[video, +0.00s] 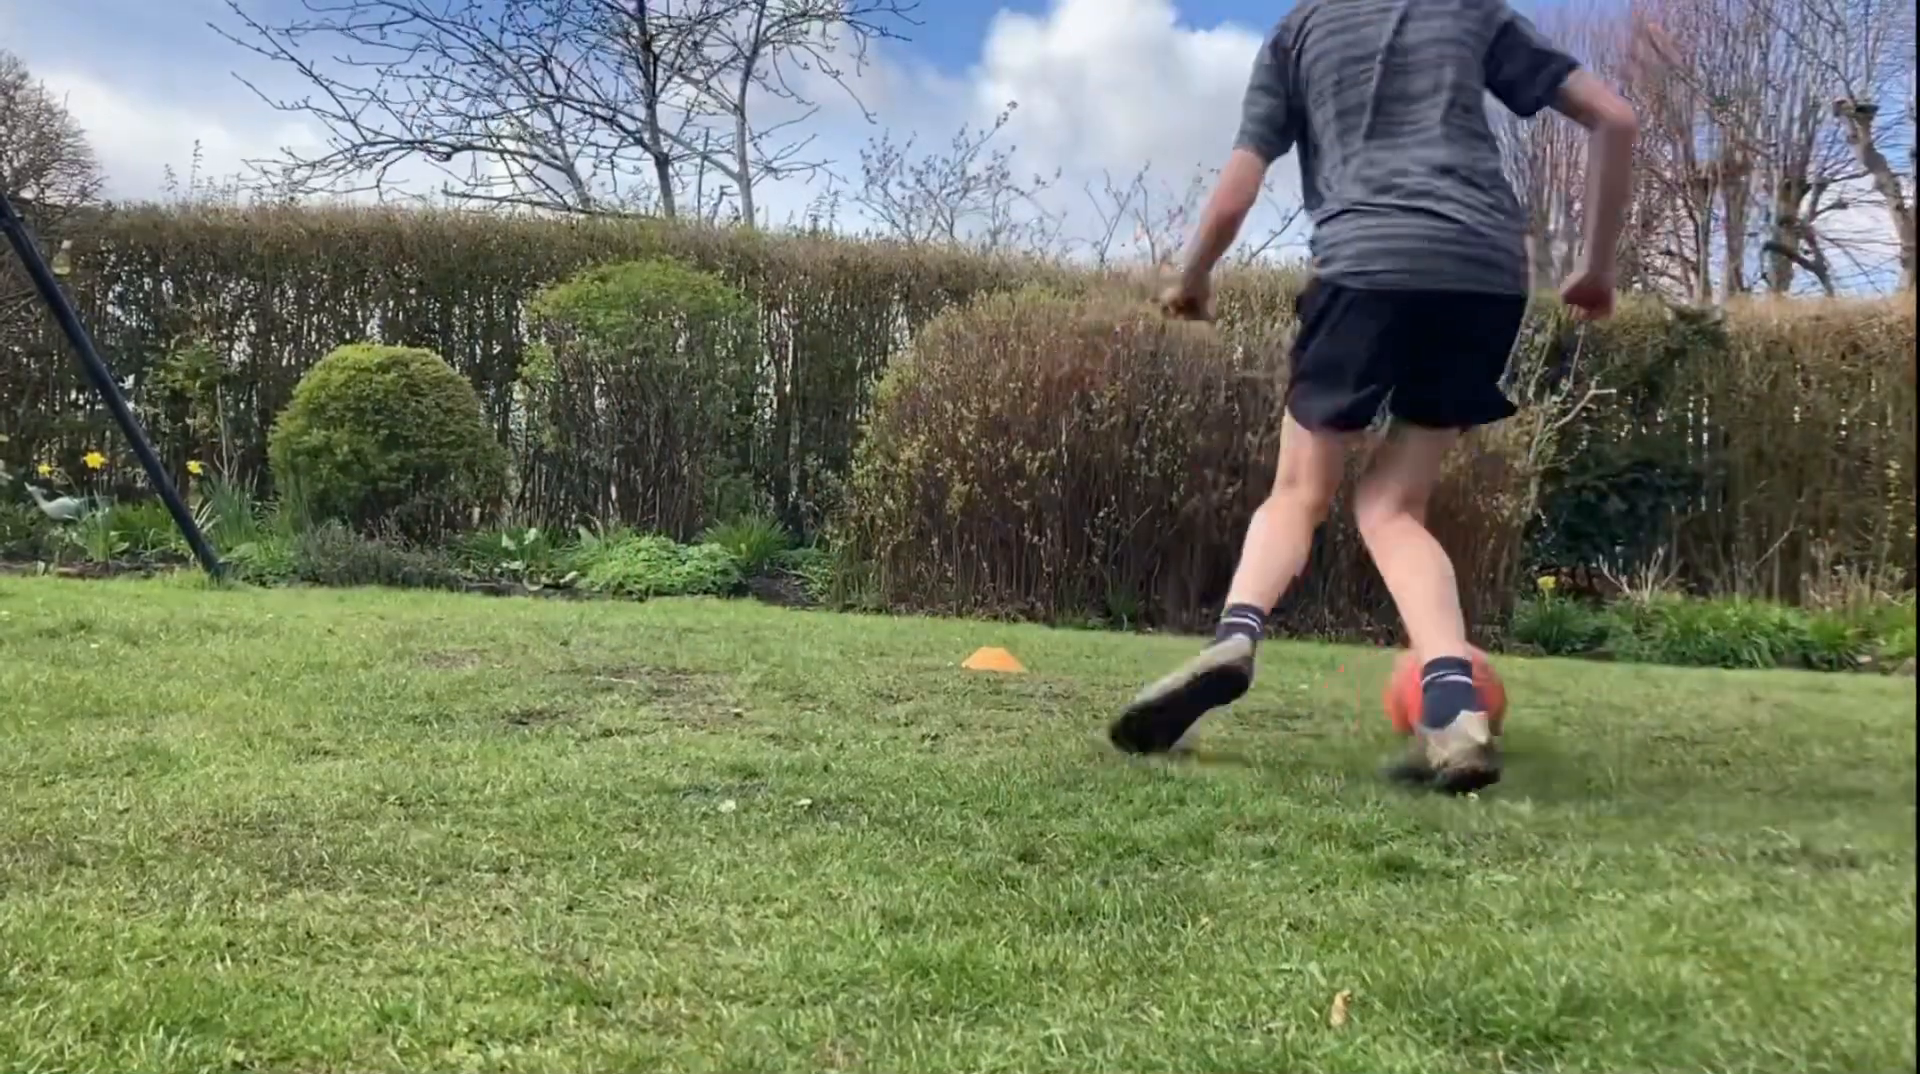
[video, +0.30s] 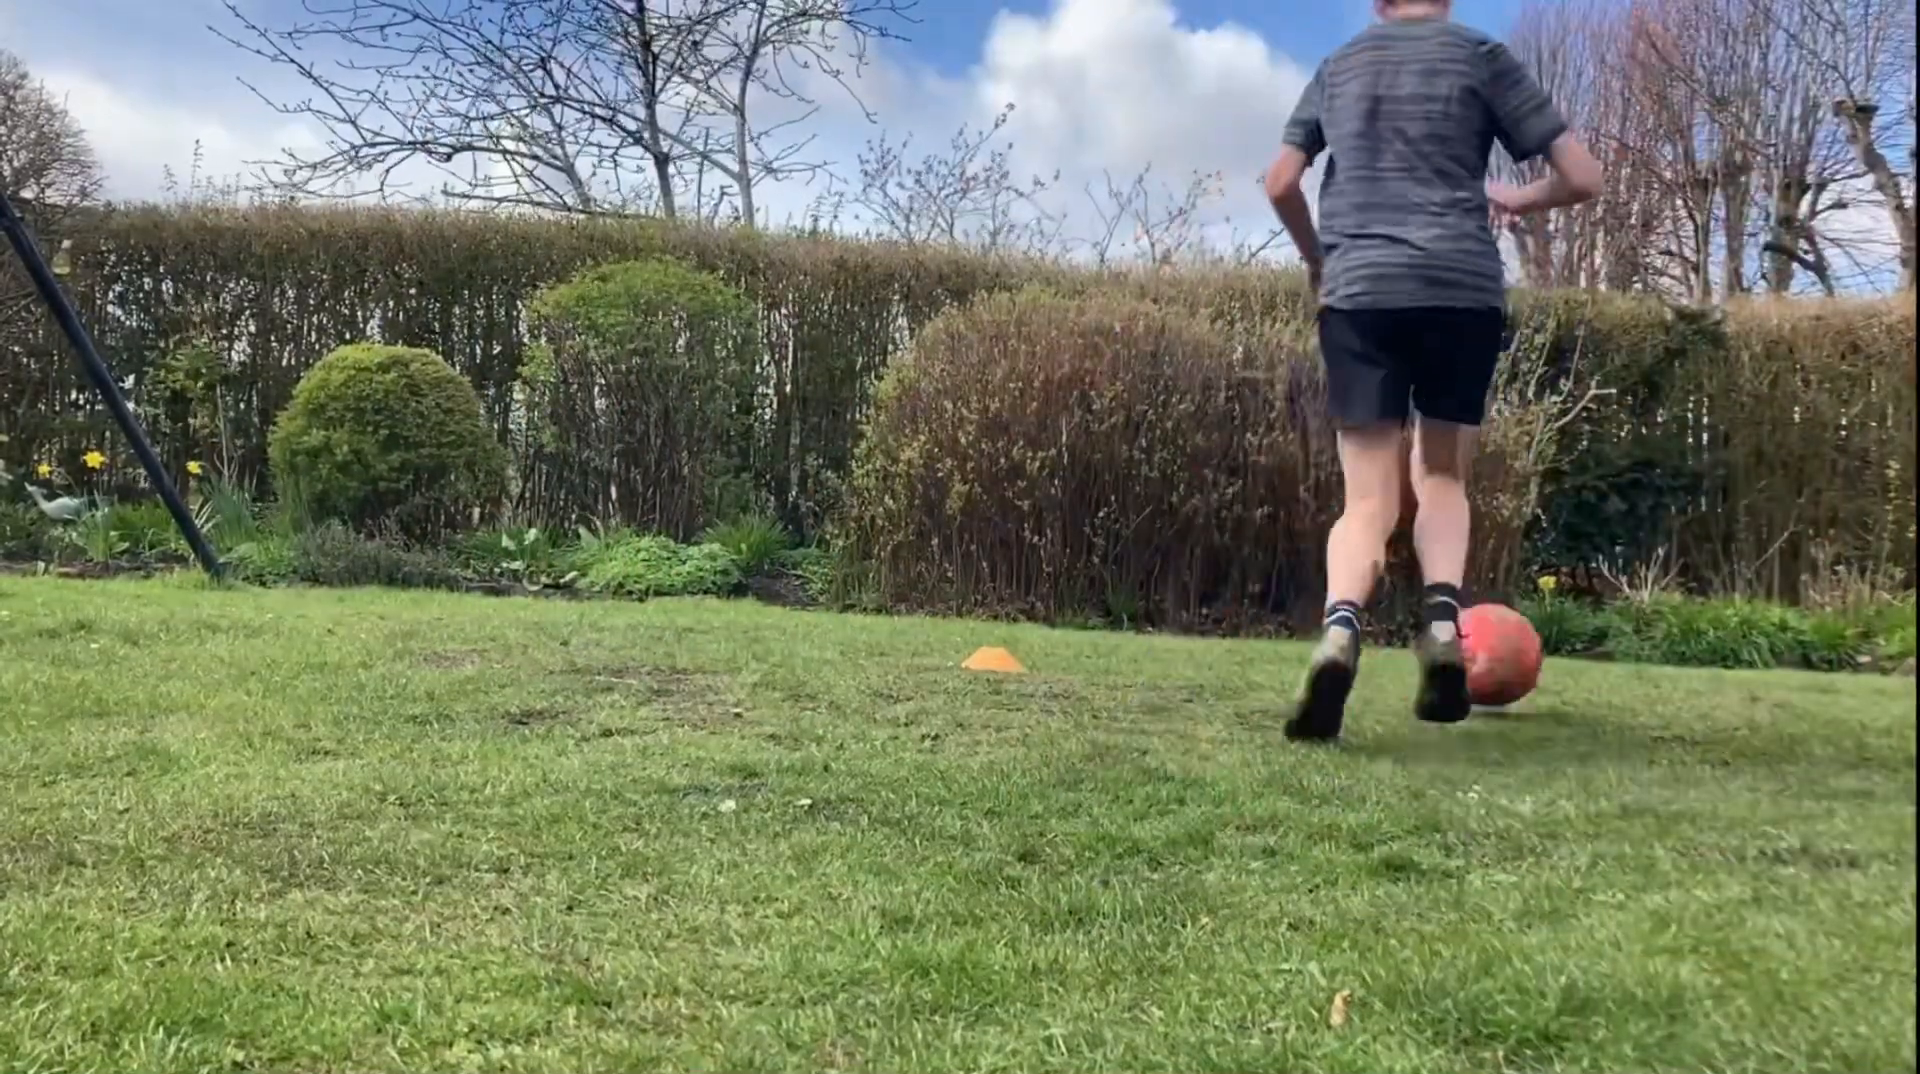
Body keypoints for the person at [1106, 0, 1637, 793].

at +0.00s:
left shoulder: (1300, 28)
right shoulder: (1475, 12)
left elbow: (1229, 203)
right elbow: (1617, 118)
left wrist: (1193, 282)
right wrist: (1598, 266)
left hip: (1362, 273)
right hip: (1485, 279)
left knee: (1298, 490)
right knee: (1395, 508)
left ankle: (1235, 635)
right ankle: (1456, 712)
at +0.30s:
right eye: (1449, 10)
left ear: (1379, 4)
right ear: (1448, 4)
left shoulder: (1338, 64)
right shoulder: (1482, 54)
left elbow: (1280, 182)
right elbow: (1582, 177)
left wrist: (1315, 254)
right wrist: (1516, 199)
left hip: (1360, 289)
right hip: (1464, 290)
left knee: (1366, 500)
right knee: (1443, 475)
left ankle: (1340, 630)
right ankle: (1443, 621)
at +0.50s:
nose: (1465, 82)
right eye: (1468, 71)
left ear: (1403, 69)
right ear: (1466, 67)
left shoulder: (1367, 122)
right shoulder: (1493, 118)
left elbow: (1328, 199)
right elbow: (1594, 204)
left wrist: (1315, 315)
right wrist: (1549, 251)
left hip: (1376, 326)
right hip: (1468, 323)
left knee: (1394, 463)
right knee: (1491, 494)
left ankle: (1373, 618)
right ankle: (1448, 623)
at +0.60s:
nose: (1453, 120)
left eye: (1402, 115)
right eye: (1457, 110)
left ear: (1397, 114)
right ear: (1460, 107)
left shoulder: (1364, 164)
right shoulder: (1495, 157)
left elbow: (1321, 249)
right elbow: (1612, 214)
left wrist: (1300, 344)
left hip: (1395, 365)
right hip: (1483, 358)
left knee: (1398, 503)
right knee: (1506, 497)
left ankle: (1404, 656)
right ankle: (1523, 570)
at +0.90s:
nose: (1392, 200)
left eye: (1388, 189)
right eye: (1390, 190)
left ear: (1398, 178)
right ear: (1442, 163)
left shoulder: (1399, 227)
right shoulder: (1502, 193)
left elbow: (1399, 339)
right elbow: (1584, 253)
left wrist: (1417, 318)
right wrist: (1638, 342)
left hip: (1492, 382)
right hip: (1564, 375)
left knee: (1414, 478)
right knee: (1482, 481)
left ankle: (1420, 637)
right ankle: (1576, 602)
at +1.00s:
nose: (1399, 236)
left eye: (1392, 221)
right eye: (1390, 227)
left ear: (1411, 197)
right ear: (1440, 192)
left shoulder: (1437, 243)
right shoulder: (1519, 228)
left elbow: (1477, 335)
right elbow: (1599, 299)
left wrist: (1437, 381)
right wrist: (1634, 399)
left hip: (1523, 407)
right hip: (1580, 408)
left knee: (1416, 491)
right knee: (1508, 535)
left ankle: (1430, 653)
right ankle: (1595, 661)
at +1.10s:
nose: (1401, 234)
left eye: (1398, 218)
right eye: (1393, 225)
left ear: (1429, 194)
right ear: (1434, 197)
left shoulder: (1474, 239)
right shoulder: (1500, 231)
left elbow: (1540, 313)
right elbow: (1565, 329)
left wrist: (1480, 391)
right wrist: (1587, 428)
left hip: (1553, 411)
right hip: (1578, 411)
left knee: (1421, 490)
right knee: (1499, 536)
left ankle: (1431, 647)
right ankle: (1591, 659)